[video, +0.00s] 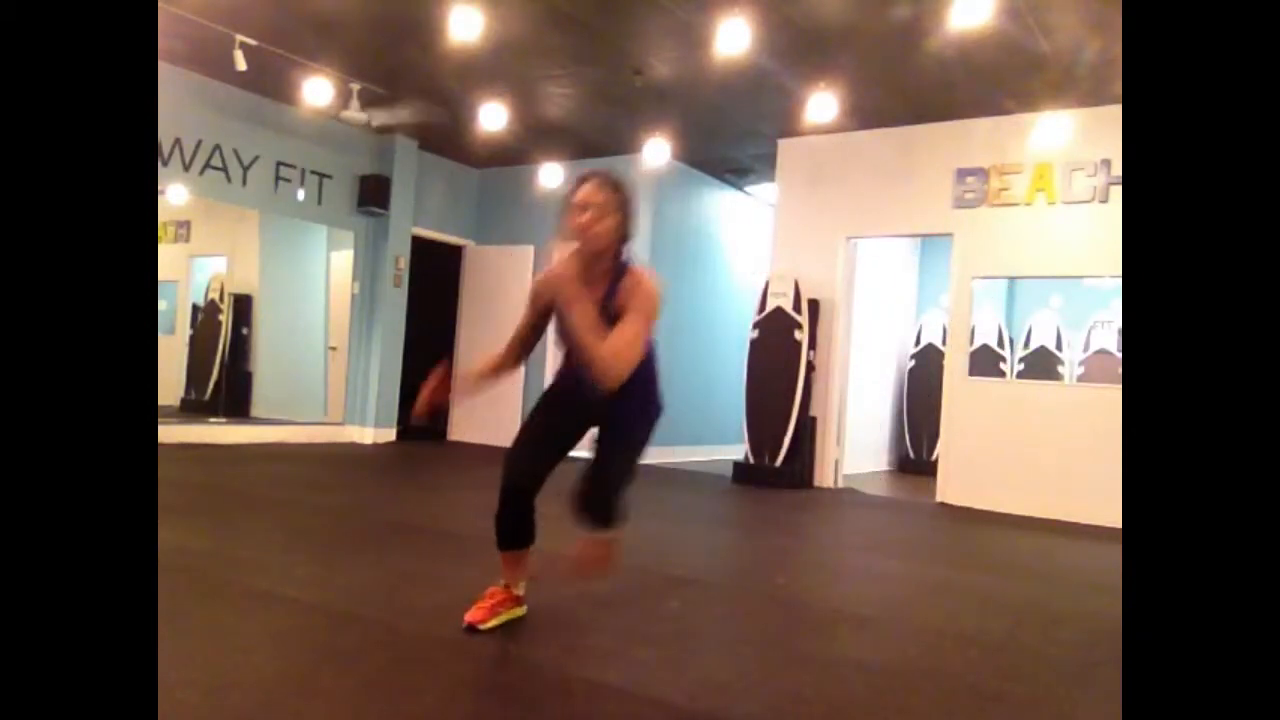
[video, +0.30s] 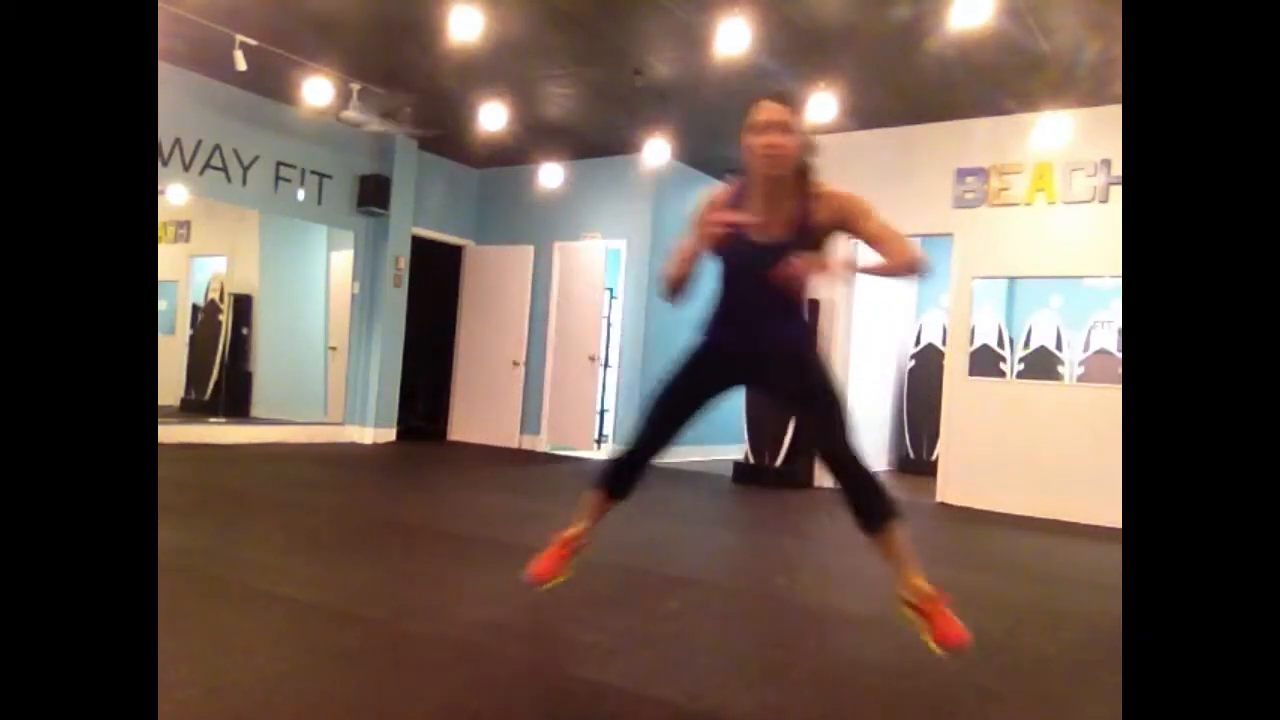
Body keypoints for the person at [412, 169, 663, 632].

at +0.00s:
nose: (584, 220)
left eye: (597, 211)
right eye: (577, 209)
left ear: (621, 223)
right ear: (568, 219)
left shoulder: (639, 287)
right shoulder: (556, 280)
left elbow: (610, 369)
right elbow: (516, 351)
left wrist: (573, 293)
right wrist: (463, 382)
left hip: (630, 401)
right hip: (574, 388)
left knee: (595, 498)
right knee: (518, 477)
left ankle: (604, 531)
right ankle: (511, 590)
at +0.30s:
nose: (771, 141)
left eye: (782, 130)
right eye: (760, 131)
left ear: (802, 145)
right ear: (744, 145)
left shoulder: (831, 206)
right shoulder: (722, 205)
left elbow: (910, 260)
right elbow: (672, 289)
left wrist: (837, 269)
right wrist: (698, 243)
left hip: (792, 358)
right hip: (723, 352)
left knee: (846, 465)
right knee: (646, 443)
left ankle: (914, 587)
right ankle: (576, 535)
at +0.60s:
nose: (911, 252)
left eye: (923, 241)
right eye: (896, 244)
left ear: (940, 252)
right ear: (877, 258)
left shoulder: (958, 310)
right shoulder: (850, 323)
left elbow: (959, 357)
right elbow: (868, 426)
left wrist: (964, 406)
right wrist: (904, 357)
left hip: (923, 424)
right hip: (860, 434)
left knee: (946, 536)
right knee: (868, 568)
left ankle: (954, 650)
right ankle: (889, 535)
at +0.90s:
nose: (901, 239)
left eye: (913, 227)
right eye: (888, 229)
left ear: (933, 240)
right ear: (870, 243)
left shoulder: (953, 312)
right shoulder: (838, 310)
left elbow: (971, 382)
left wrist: (1002, 456)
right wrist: (868, 436)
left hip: (927, 429)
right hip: (860, 434)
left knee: (936, 544)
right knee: (876, 558)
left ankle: (953, 648)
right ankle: (943, 570)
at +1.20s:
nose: (732, 121)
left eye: (747, 110)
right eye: (721, 111)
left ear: (773, 121)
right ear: (709, 124)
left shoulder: (800, 183)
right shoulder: (700, 197)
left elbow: (851, 225)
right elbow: (658, 243)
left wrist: (766, 198)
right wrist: (620, 296)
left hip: (790, 349)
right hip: (725, 344)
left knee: (860, 476)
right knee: (637, 423)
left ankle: (931, 602)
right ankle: (579, 524)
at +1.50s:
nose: (568, 224)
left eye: (583, 215)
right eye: (561, 213)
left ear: (606, 228)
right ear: (550, 223)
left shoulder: (629, 293)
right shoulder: (545, 277)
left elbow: (614, 374)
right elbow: (537, 322)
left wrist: (553, 304)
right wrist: (519, 365)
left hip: (623, 400)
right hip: (566, 388)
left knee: (618, 524)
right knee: (512, 480)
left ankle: (653, 513)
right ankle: (494, 595)